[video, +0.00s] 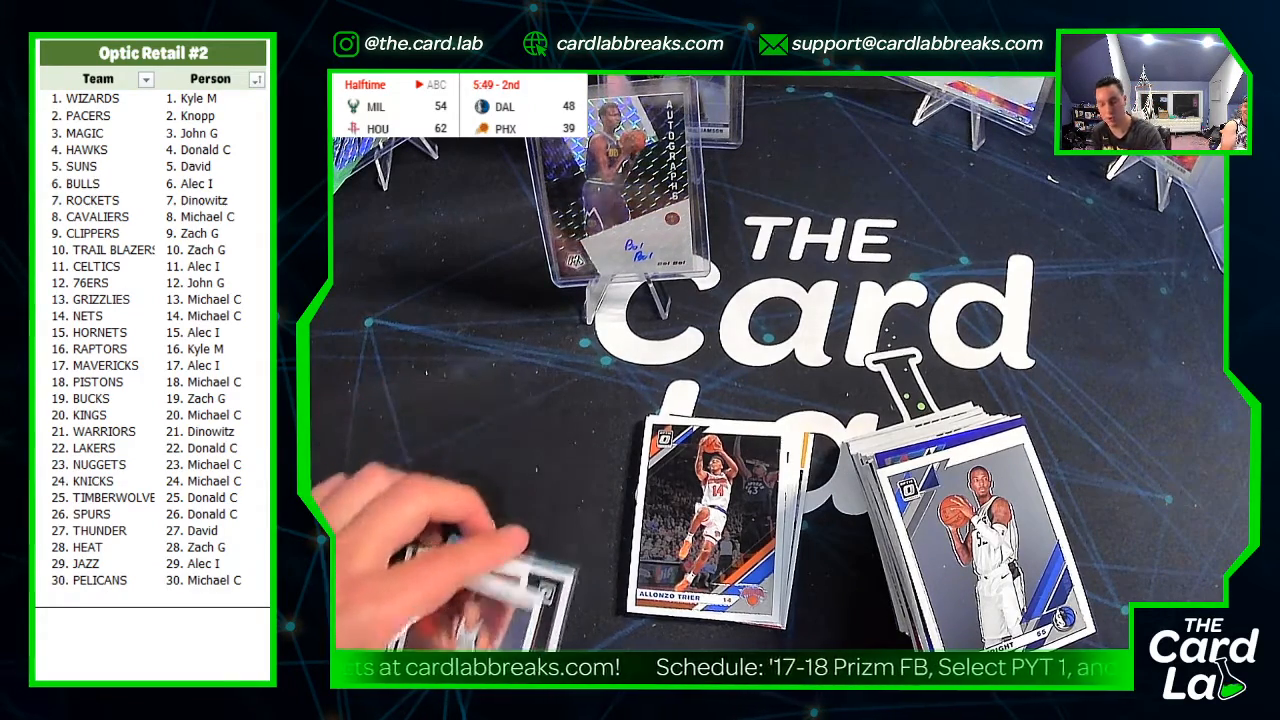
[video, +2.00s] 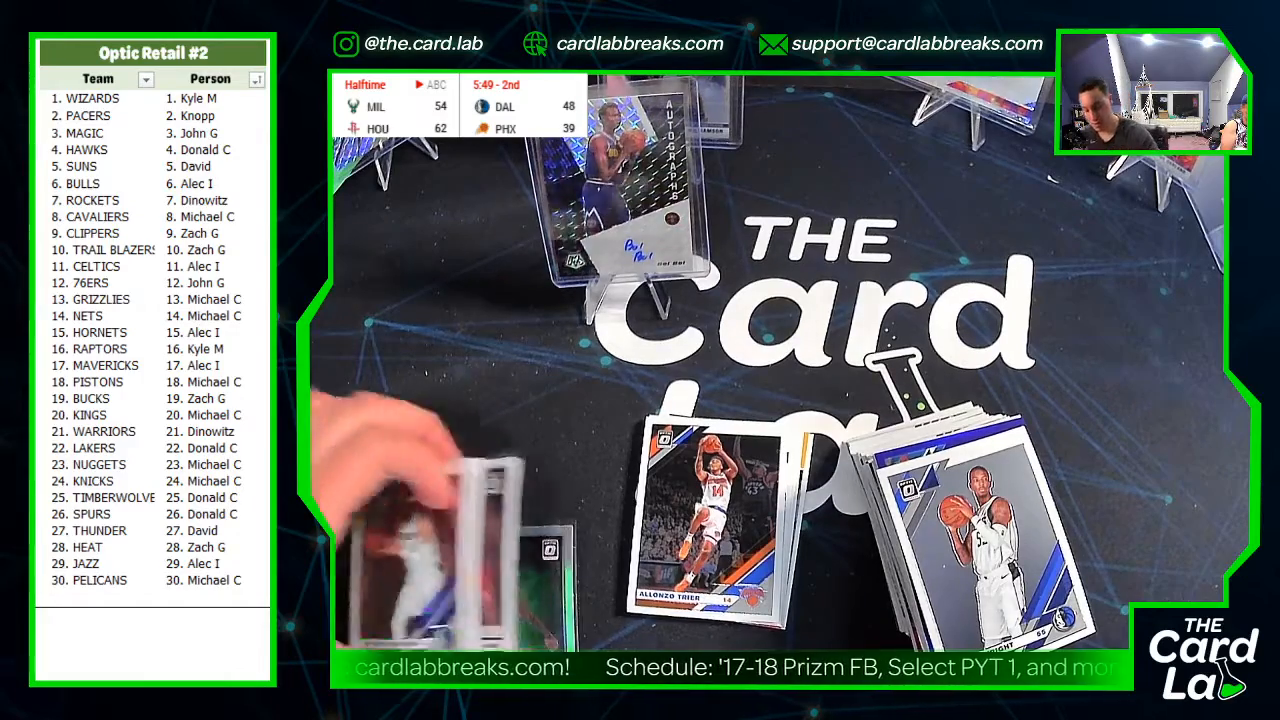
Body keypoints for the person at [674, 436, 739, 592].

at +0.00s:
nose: (714, 463)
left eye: (717, 461)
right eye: (713, 461)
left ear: (721, 465)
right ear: (710, 465)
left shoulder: (727, 476)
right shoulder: (706, 476)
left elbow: (734, 468)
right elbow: (698, 470)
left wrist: (722, 452)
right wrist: (700, 451)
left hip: (721, 512)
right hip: (706, 507)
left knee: (707, 550)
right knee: (704, 512)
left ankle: (688, 578)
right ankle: (688, 540)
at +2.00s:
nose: (715, 463)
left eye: (717, 462)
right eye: (713, 461)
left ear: (721, 465)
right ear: (709, 465)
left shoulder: (727, 476)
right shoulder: (706, 477)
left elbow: (734, 469)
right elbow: (698, 470)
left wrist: (721, 452)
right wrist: (700, 450)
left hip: (720, 513)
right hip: (706, 507)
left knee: (707, 549)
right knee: (704, 511)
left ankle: (688, 578)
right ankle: (688, 540)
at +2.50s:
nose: (714, 464)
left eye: (717, 462)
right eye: (712, 461)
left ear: (721, 466)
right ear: (709, 465)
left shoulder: (727, 476)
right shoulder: (705, 477)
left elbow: (734, 469)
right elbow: (698, 471)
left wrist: (721, 452)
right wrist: (700, 451)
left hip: (720, 512)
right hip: (706, 507)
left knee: (707, 550)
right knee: (704, 512)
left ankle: (689, 578)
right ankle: (688, 540)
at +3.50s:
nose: (714, 463)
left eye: (717, 462)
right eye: (712, 461)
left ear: (721, 466)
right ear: (709, 465)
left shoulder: (727, 476)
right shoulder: (705, 477)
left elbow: (734, 469)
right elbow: (698, 471)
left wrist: (721, 452)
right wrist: (700, 450)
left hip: (720, 512)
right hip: (705, 507)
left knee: (707, 550)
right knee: (705, 512)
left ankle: (688, 580)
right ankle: (688, 540)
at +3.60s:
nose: (714, 463)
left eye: (717, 462)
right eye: (712, 461)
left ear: (721, 466)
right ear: (709, 465)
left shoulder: (727, 476)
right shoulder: (705, 477)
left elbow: (734, 469)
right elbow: (698, 471)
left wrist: (721, 452)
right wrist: (700, 450)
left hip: (720, 512)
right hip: (705, 507)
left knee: (707, 550)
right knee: (705, 512)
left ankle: (688, 580)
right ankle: (688, 540)